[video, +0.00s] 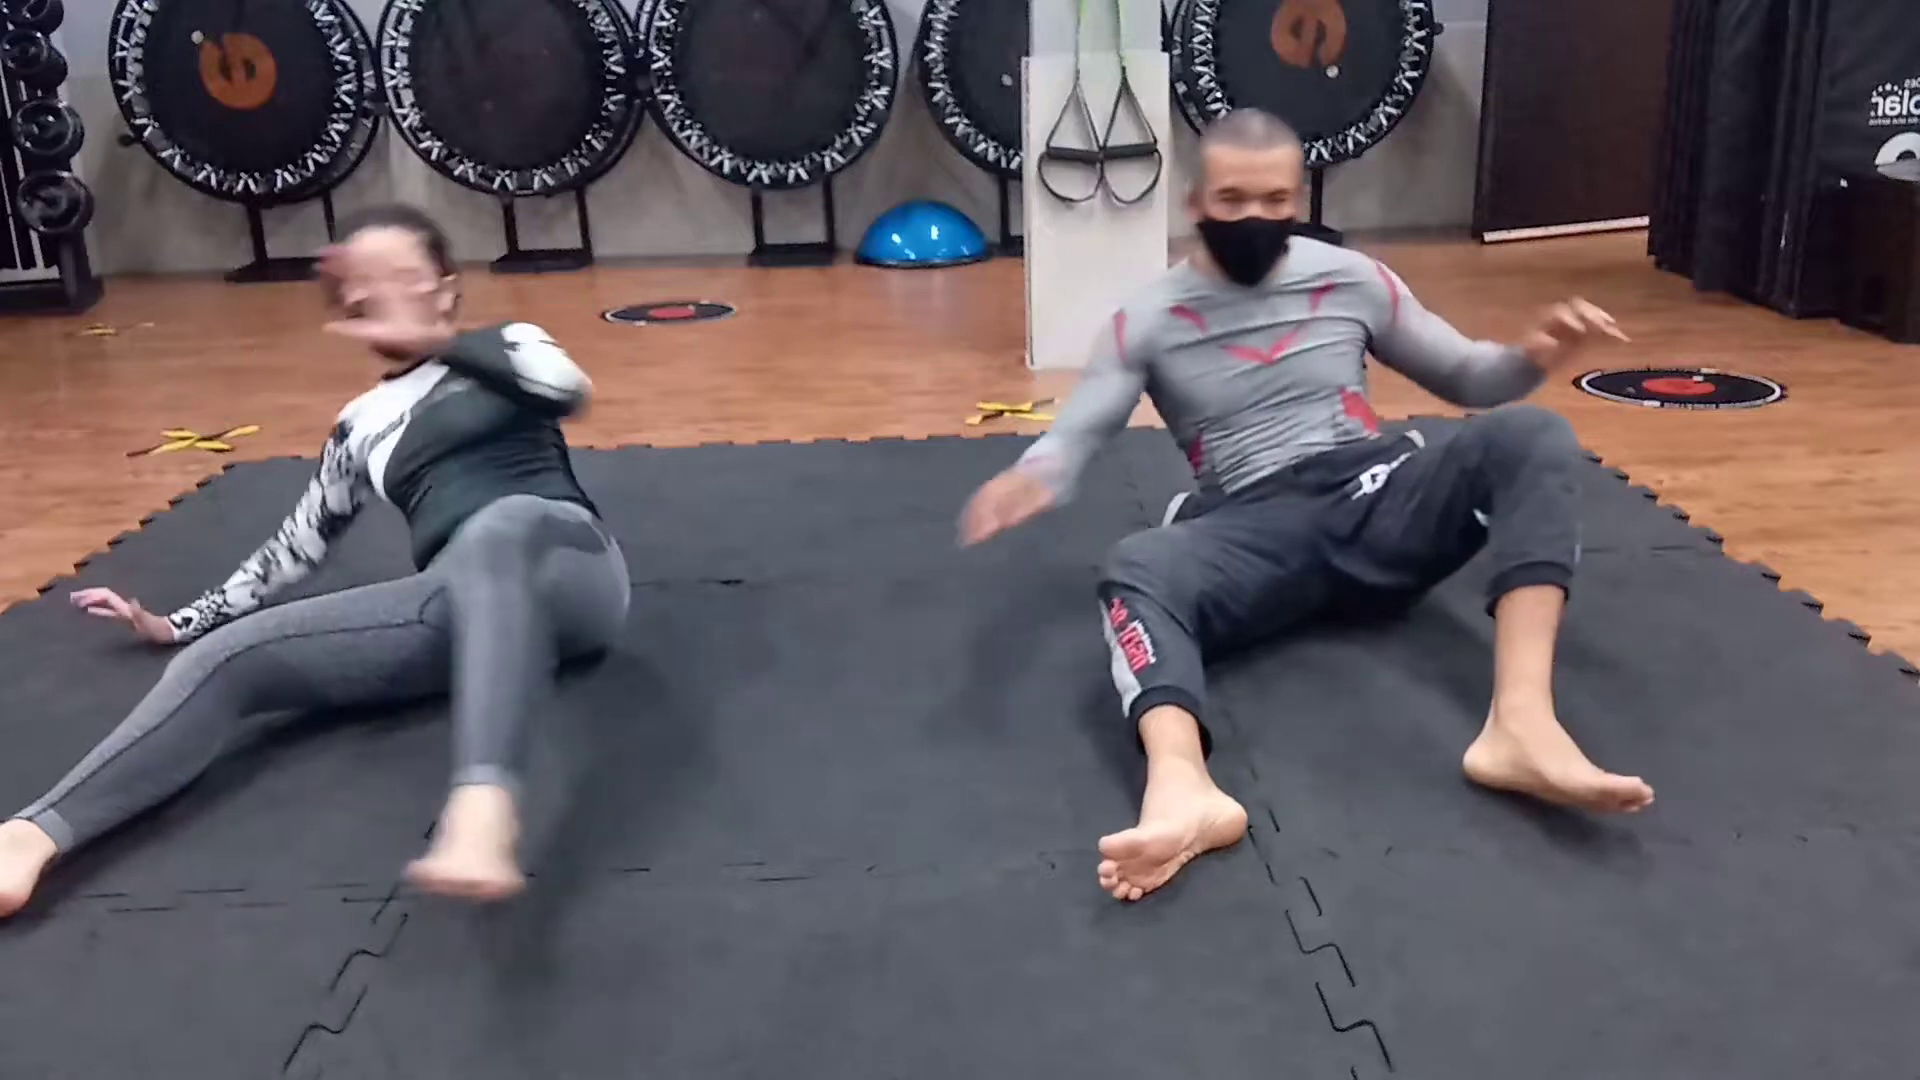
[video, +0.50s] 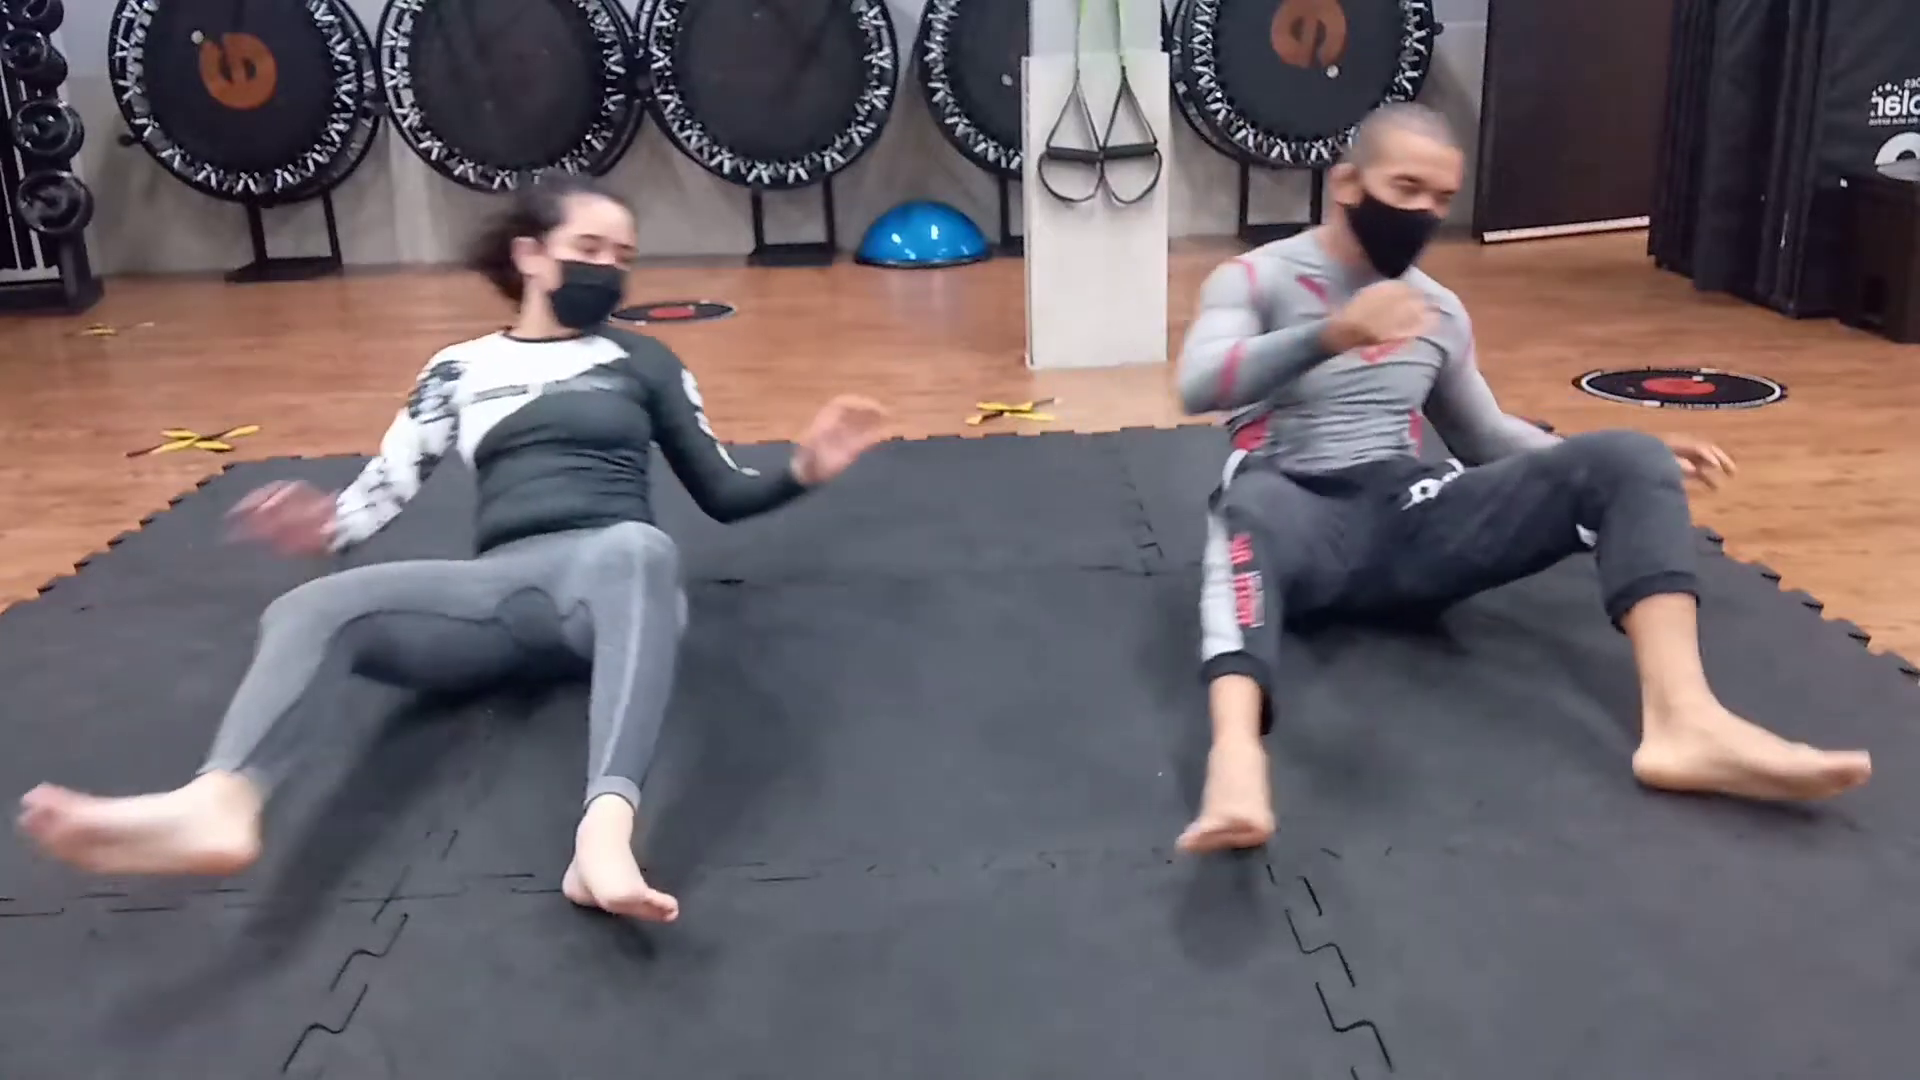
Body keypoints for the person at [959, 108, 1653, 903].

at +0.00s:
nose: (1257, 220)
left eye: (1276, 201)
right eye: (1235, 202)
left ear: (1302, 194)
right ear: (1197, 200)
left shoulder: (1350, 279)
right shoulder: (1150, 318)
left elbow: (1467, 375)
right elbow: (1077, 429)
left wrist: (1533, 358)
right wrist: (1034, 476)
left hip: (1376, 489)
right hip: (1245, 527)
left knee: (1533, 438)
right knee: (1138, 570)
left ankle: (1520, 718)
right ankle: (1181, 785)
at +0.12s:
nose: (1292, 213)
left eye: (1312, 196)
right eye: (1272, 192)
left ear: (1334, 199)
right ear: (1229, 193)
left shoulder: (1369, 287)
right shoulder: (1169, 307)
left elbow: (1468, 393)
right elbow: (1083, 441)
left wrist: (1573, 377)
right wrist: (1107, 435)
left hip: (1382, 494)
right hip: (1252, 524)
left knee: (1552, 440)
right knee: (1148, 556)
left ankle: (1550, 716)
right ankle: (1184, 779)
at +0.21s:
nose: (1324, 211)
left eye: (1343, 195)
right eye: (1303, 189)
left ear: (1359, 198)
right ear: (1253, 189)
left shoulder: (1383, 295)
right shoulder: (1186, 301)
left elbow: (1468, 404)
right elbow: (1102, 440)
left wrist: (1571, 396)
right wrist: (1158, 410)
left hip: (1383, 502)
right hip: (1260, 523)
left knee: (1563, 441)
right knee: (1161, 554)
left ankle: (1585, 716)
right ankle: (1190, 781)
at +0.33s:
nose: (1363, 210)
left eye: (1382, 195)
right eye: (1345, 186)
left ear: (1397, 202)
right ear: (1292, 185)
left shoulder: (1407, 301)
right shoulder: (1214, 290)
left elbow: (1470, 419)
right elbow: (1150, 415)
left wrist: (1596, 420)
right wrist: (1241, 369)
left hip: (1404, 508)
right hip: (1277, 521)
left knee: (1593, 446)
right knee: (1191, 538)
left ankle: (1638, 713)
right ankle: (1205, 778)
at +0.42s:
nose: (1392, 210)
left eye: (1411, 195)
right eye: (1373, 187)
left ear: (1425, 199)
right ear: (1317, 184)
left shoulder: (1424, 308)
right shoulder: (1232, 286)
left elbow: (1482, 431)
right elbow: (1176, 402)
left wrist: (1619, 445)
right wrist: (1289, 349)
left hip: (1413, 513)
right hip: (1287, 520)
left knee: (1609, 449)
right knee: (1218, 524)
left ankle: (1669, 713)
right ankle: (1216, 772)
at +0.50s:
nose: (1423, 212)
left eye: (1440, 198)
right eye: (1405, 188)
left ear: (1451, 205)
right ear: (1343, 183)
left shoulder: (1437, 312)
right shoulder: (1253, 279)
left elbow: (1490, 437)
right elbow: (1197, 387)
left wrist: (1636, 466)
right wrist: (1326, 337)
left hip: (1419, 519)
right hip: (1302, 520)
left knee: (1625, 458)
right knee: (1246, 503)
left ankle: (1681, 715)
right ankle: (1234, 756)